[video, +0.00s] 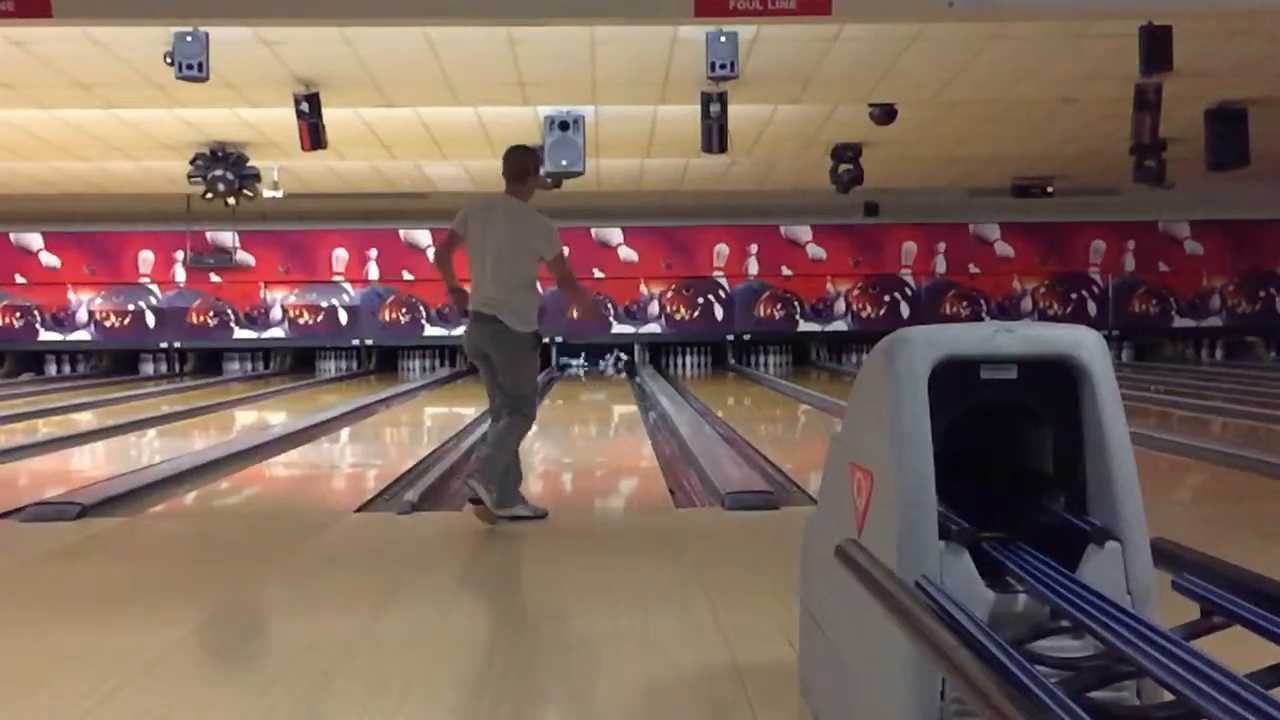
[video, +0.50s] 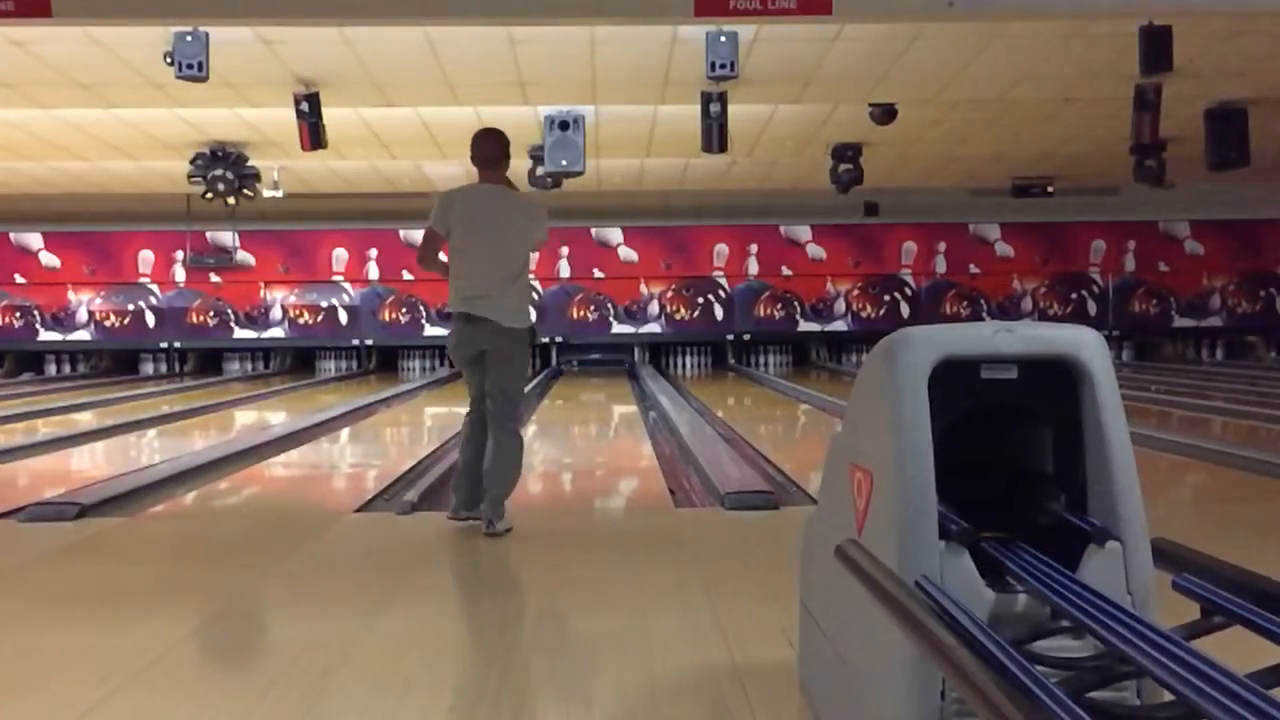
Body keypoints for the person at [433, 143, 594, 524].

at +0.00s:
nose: (538, 180)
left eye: (536, 174)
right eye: (538, 175)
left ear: (504, 175)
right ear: (533, 178)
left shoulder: (476, 211)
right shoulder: (539, 225)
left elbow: (442, 254)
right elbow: (564, 279)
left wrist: (452, 287)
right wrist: (583, 300)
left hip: (477, 327)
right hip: (513, 332)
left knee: (503, 411)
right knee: (521, 412)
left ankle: (507, 497)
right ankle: (482, 479)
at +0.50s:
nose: (486, 164)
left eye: (479, 157)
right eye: (496, 155)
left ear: (472, 160)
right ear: (508, 160)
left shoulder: (453, 201)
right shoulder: (529, 206)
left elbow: (424, 257)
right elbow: (535, 244)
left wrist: (456, 270)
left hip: (465, 324)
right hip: (508, 326)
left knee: (478, 408)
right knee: (505, 417)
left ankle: (465, 503)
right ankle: (494, 513)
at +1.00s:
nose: (432, 147)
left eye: (441, 139)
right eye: (435, 139)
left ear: (465, 146)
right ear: (467, 149)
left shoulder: (463, 197)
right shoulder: (464, 194)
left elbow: (442, 270)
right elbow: (419, 258)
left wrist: (405, 272)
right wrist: (414, 214)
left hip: (452, 329)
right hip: (465, 328)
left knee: (431, 437)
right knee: (462, 425)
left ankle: (443, 541)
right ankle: (468, 516)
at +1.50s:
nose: (406, 129)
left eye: (416, 119)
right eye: (398, 120)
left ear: (437, 126)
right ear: (389, 126)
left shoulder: (461, 183)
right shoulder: (369, 180)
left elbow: (456, 261)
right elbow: (390, 242)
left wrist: (393, 265)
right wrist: (425, 186)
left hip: (449, 337)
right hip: (387, 334)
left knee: (446, 452)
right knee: (397, 453)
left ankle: (446, 542)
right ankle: (390, 568)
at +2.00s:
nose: (375, 83)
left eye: (386, 74)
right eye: (364, 75)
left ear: (406, 88)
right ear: (351, 88)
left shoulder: (441, 160)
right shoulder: (326, 156)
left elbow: (472, 246)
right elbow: (342, 233)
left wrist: (451, 255)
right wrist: (406, 181)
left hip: (417, 338)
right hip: (347, 339)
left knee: (404, 473)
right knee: (366, 473)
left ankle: (396, 609)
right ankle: (381, 589)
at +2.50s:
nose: (352, 30)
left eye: (367, 18)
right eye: (341, 21)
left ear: (397, 33)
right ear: (330, 37)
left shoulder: (442, 123)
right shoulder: (299, 126)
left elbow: (485, 231)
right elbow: (262, 222)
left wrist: (459, 229)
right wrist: (223, 301)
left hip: (412, 345)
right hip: (321, 341)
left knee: (393, 505)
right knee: (329, 500)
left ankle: (377, 638)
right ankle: (312, 674)